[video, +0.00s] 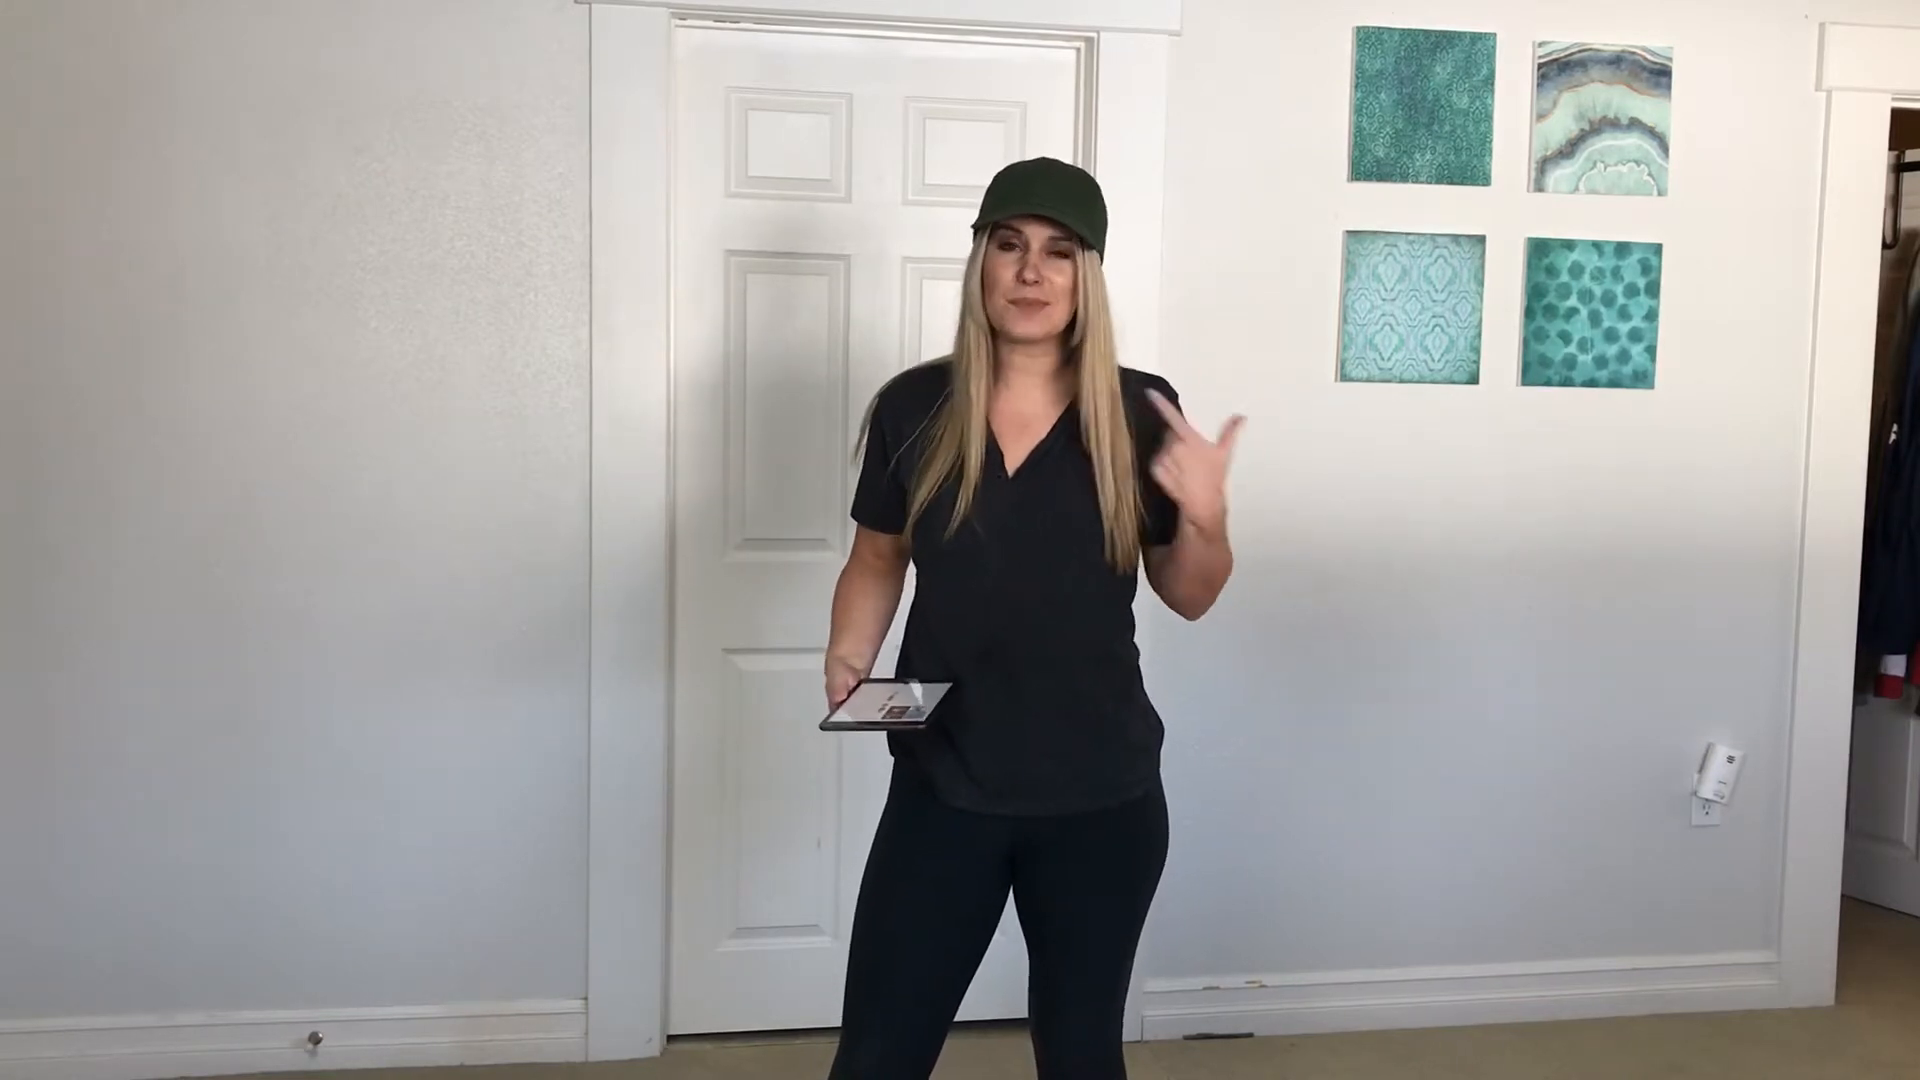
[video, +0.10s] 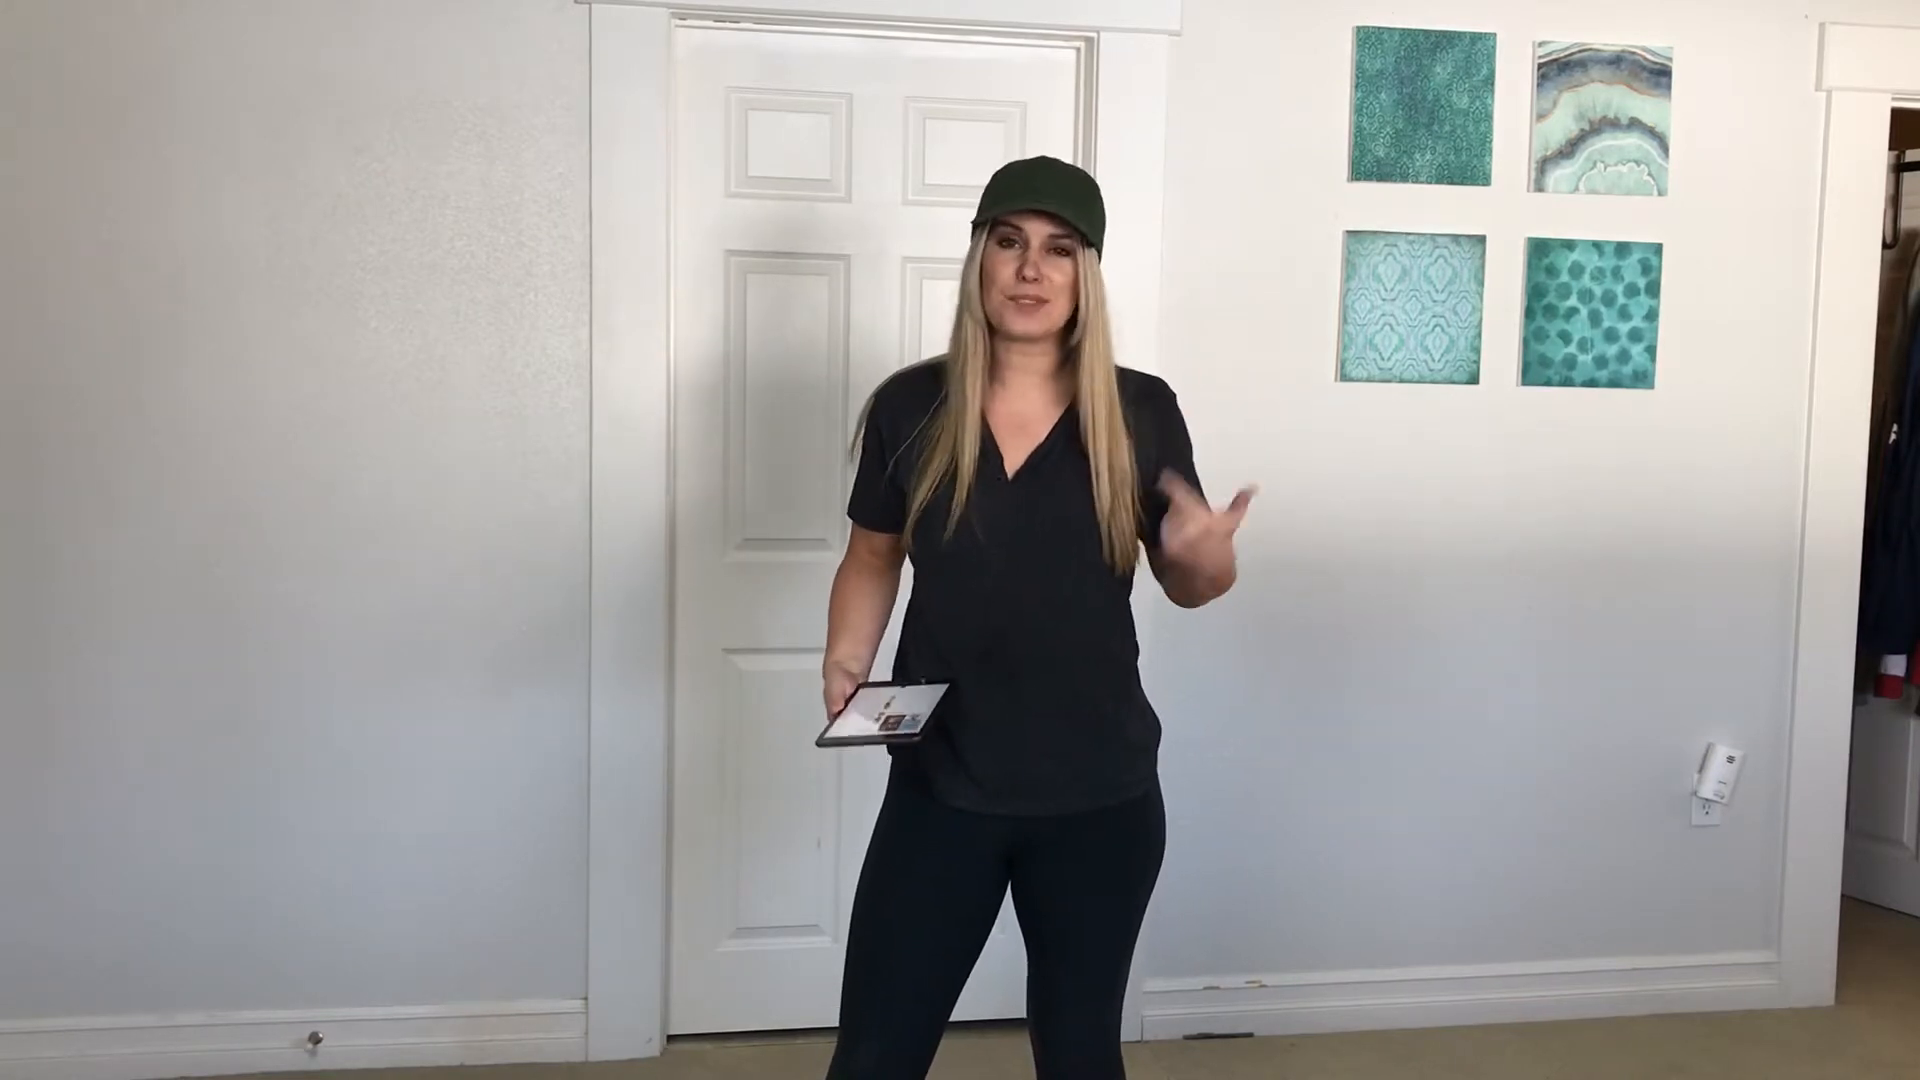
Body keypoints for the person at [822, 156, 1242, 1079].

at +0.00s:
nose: (1030, 270)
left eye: (1057, 252)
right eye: (1009, 246)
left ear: (1088, 275)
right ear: (978, 264)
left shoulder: (1138, 411)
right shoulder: (914, 407)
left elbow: (1188, 595)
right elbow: (875, 561)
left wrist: (1205, 522)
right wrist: (850, 658)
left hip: (1097, 790)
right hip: (944, 786)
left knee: (1080, 1055)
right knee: (877, 1057)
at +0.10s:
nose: (1030, 268)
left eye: (1058, 249)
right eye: (1009, 243)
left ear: (1087, 274)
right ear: (977, 262)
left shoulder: (1139, 409)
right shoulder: (912, 405)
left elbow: (1189, 584)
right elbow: (873, 557)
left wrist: (1208, 560)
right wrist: (848, 660)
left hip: (1095, 790)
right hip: (942, 785)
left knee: (1078, 1056)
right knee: (874, 1057)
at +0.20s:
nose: (1026, 268)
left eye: (1055, 253)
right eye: (1007, 243)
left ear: (1084, 279)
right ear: (975, 260)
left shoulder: (1135, 408)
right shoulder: (906, 405)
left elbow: (1200, 568)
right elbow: (867, 557)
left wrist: (1172, 574)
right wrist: (842, 663)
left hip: (1095, 791)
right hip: (940, 787)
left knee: (1077, 1055)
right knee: (873, 1057)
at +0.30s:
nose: (1039, 263)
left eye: (1068, 252)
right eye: (1023, 235)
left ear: (1087, 285)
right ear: (982, 249)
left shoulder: (1126, 406)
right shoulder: (896, 409)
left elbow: (1186, 570)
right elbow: (861, 561)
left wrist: (1157, 571)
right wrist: (839, 668)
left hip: (1097, 789)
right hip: (942, 786)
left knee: (1079, 1055)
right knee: (876, 1055)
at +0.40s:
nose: (1038, 260)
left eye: (1066, 250)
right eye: (1021, 230)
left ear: (1083, 283)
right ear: (978, 246)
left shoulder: (1121, 406)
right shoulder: (891, 410)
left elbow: (1184, 578)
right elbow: (852, 564)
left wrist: (1156, 563)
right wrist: (832, 674)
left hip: (1100, 791)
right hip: (944, 789)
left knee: (1080, 1055)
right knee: (878, 1057)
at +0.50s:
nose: (1023, 258)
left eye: (1052, 248)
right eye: (1008, 230)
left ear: (1072, 283)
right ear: (970, 247)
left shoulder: (1116, 402)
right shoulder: (888, 414)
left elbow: (1191, 562)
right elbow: (853, 573)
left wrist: (1144, 565)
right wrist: (828, 666)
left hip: (1100, 792)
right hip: (945, 791)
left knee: (1081, 1055)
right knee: (878, 1056)